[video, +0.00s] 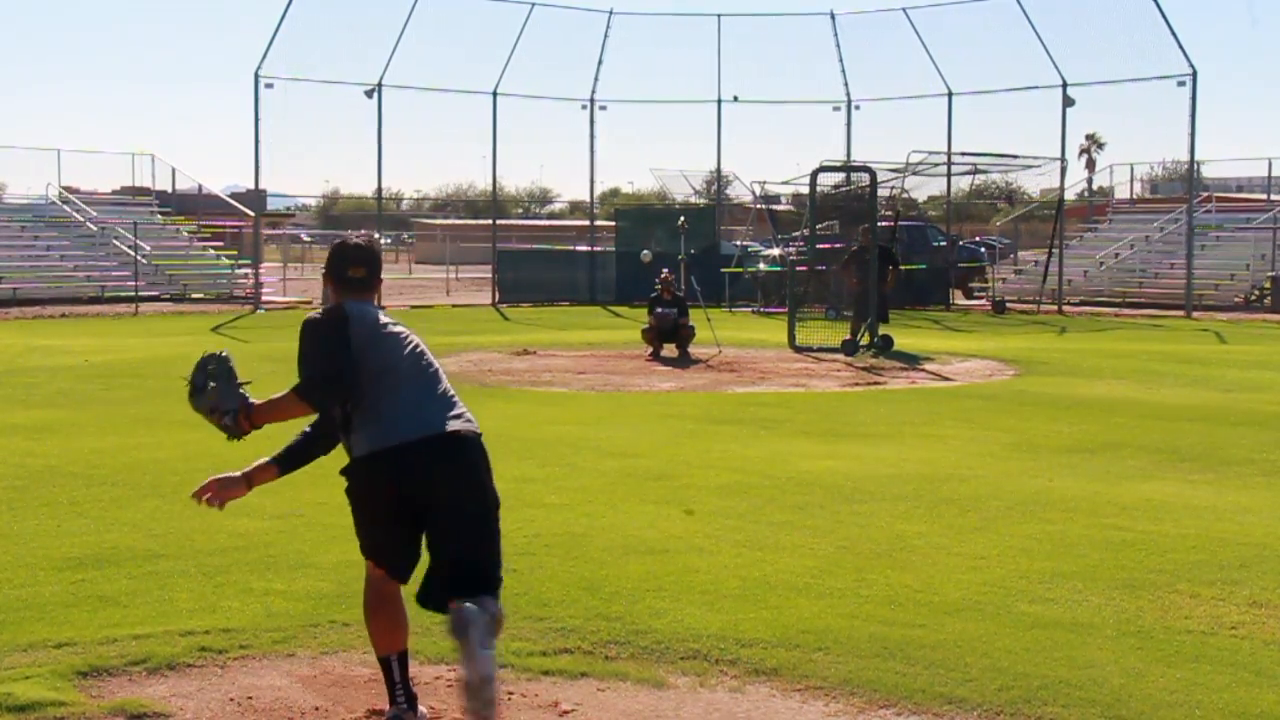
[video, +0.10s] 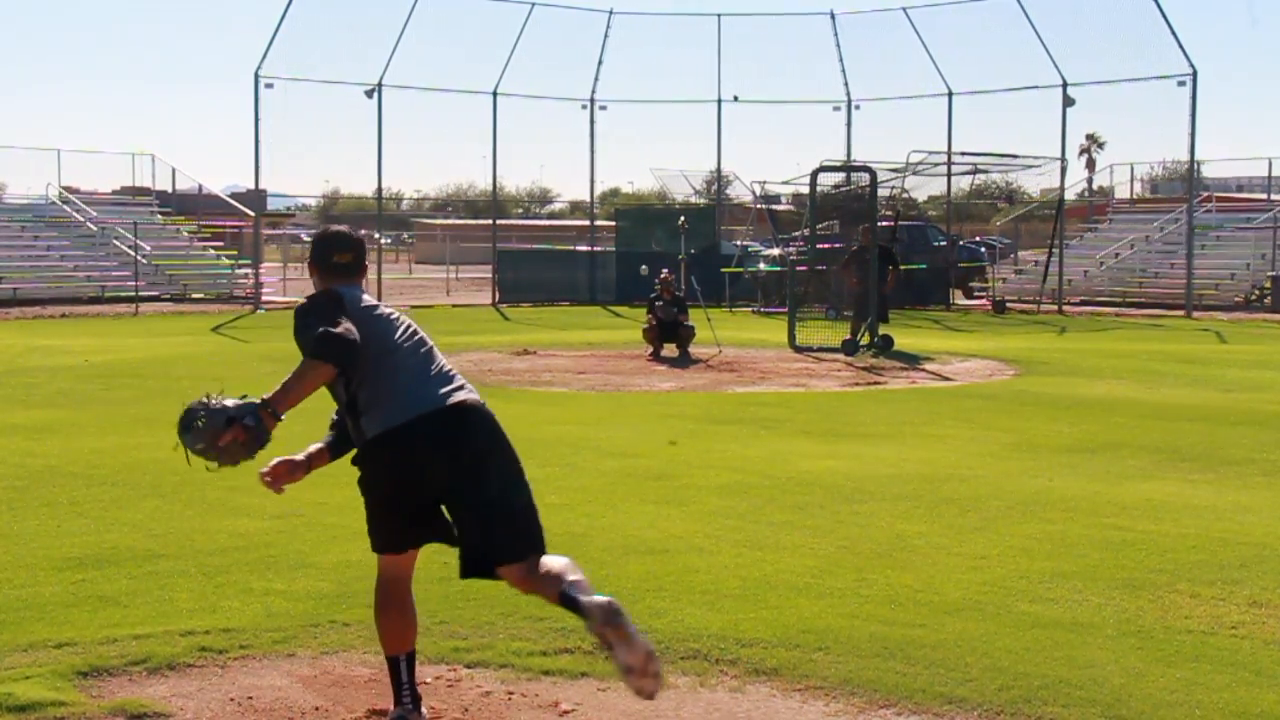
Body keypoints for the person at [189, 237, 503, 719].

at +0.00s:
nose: (322, 288)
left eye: (323, 281)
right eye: (325, 282)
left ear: (328, 283)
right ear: (378, 285)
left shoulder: (323, 324)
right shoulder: (396, 333)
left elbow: (320, 395)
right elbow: (328, 432)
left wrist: (251, 413)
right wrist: (248, 477)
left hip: (385, 461)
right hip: (457, 449)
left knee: (384, 574)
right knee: (475, 586)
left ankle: (401, 701)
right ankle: (474, 626)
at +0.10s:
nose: (308, 276)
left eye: (309, 268)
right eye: (313, 269)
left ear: (313, 270)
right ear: (362, 271)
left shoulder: (318, 304)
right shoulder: (385, 316)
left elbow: (336, 353)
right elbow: (366, 413)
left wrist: (265, 411)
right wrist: (308, 460)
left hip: (395, 443)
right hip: (467, 421)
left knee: (395, 570)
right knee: (520, 565)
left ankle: (406, 700)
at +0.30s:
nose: (295, 248)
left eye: (296, 240)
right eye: (302, 238)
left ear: (301, 246)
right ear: (348, 243)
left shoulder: (315, 289)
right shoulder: (374, 288)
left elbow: (366, 342)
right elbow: (384, 390)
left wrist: (380, 421)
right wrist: (367, 480)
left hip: (419, 431)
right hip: (482, 403)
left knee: (410, 571)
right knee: (574, 529)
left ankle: (409, 704)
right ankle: (679, 628)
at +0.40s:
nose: (299, 239)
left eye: (298, 230)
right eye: (309, 229)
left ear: (302, 234)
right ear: (353, 231)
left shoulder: (327, 284)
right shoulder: (373, 275)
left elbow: (391, 342)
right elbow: (370, 384)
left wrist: (421, 415)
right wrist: (353, 467)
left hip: (424, 428)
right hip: (488, 402)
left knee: (415, 567)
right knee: (564, 536)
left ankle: (410, 702)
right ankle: (641, 659)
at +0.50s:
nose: (309, 224)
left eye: (309, 216)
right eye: (314, 216)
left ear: (313, 223)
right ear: (363, 216)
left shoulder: (347, 276)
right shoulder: (374, 265)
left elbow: (417, 347)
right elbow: (355, 370)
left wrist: (445, 432)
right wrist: (317, 444)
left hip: (431, 428)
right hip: (493, 410)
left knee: (418, 567)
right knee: (542, 548)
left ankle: (411, 703)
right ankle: (603, 678)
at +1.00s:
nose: (356, 184)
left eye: (352, 174)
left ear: (349, 181)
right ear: (403, 181)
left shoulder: (339, 256)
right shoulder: (435, 240)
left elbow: (347, 358)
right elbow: (426, 334)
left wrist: (334, 456)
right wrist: (339, 393)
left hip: (396, 439)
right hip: (468, 428)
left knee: (398, 565)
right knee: (480, 541)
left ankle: (408, 701)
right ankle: (518, 648)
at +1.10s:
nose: (386, 182)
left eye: (367, 171)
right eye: (404, 173)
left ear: (355, 179)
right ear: (410, 178)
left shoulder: (336, 255)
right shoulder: (444, 243)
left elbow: (336, 359)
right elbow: (449, 332)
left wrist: (323, 456)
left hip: (383, 436)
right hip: (458, 430)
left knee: (392, 564)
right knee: (461, 548)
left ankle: (407, 698)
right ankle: (461, 643)